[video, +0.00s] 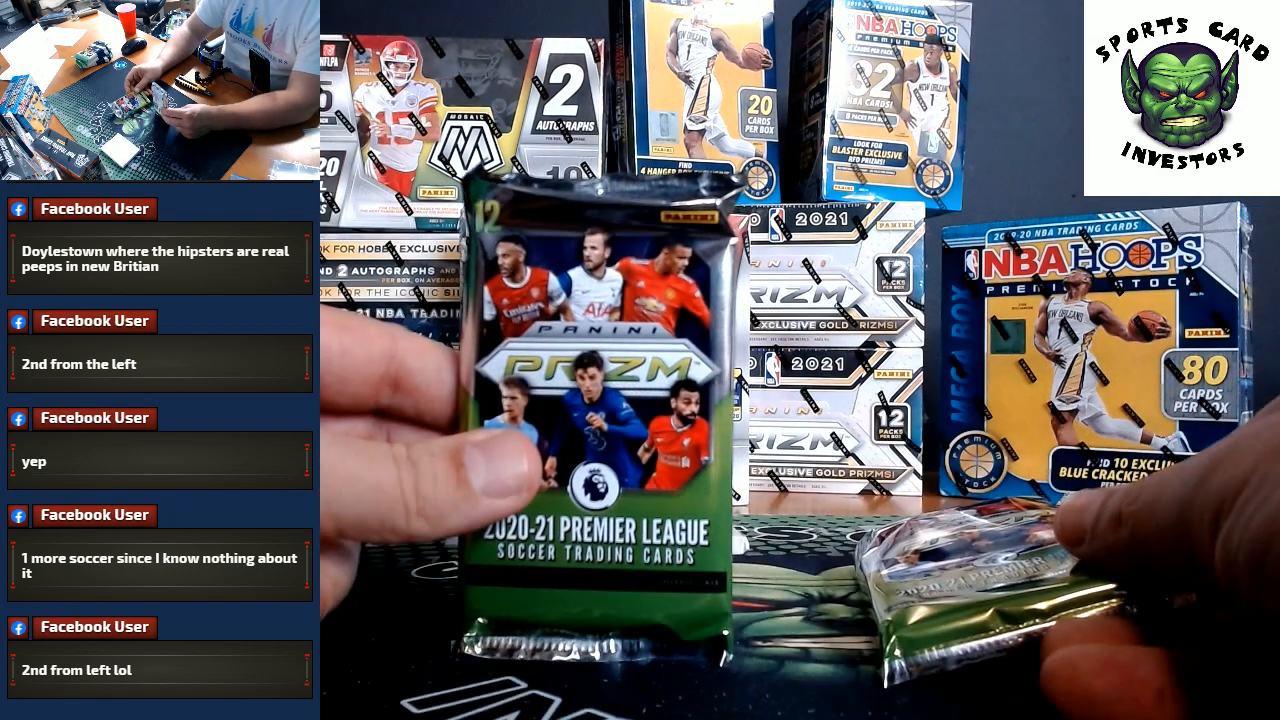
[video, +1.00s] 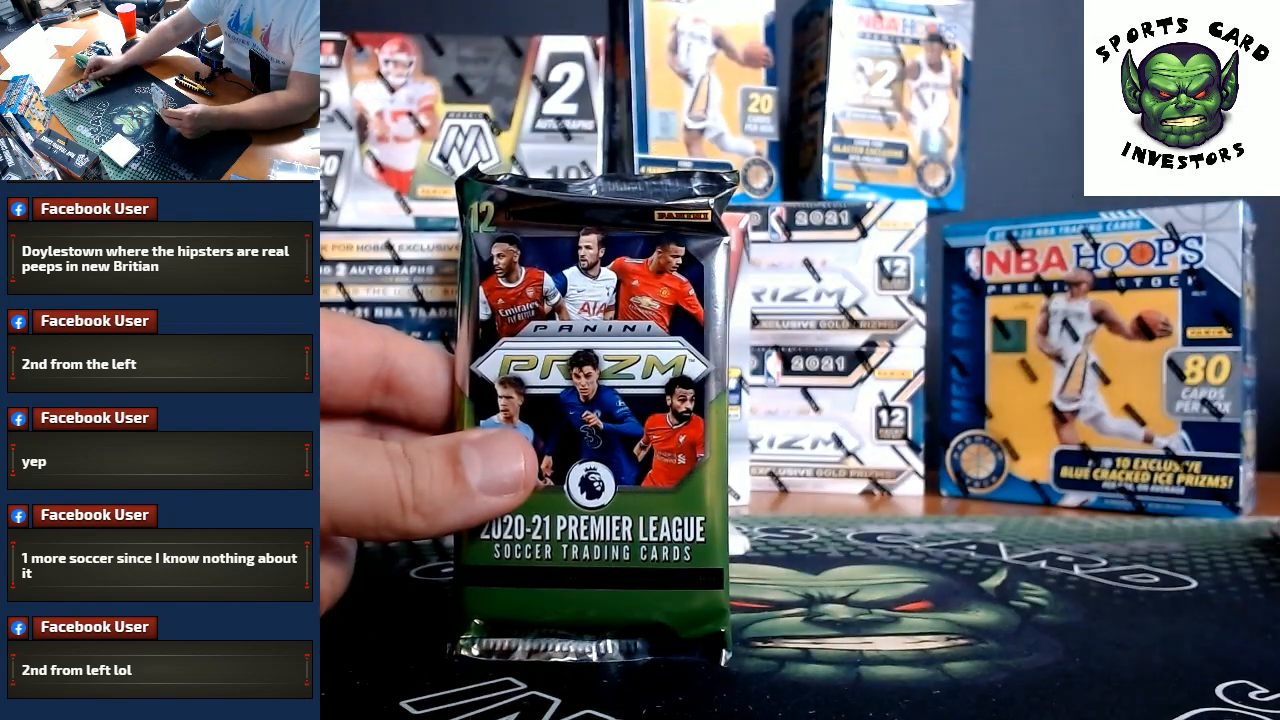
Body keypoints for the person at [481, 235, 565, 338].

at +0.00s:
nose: (500, 262)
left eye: (505, 256)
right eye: (498, 257)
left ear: (521, 256)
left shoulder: (546, 279)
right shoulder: (490, 290)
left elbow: (565, 310)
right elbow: (487, 329)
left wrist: (572, 337)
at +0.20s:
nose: (499, 262)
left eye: (505, 256)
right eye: (497, 257)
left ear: (520, 255)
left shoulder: (545, 278)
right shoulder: (489, 290)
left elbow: (565, 309)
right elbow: (486, 328)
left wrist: (571, 337)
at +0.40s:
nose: (493, 262)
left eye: (499, 256)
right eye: (491, 257)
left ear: (515, 255)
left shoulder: (540, 278)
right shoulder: (484, 290)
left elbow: (560, 309)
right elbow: (481, 329)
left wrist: (567, 335)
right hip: (507, 351)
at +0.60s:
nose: (493, 262)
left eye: (499, 255)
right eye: (491, 256)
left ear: (514, 255)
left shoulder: (539, 278)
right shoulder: (483, 290)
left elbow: (560, 308)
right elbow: (476, 327)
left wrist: (566, 336)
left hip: (541, 348)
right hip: (506, 351)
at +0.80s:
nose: (494, 262)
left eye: (500, 256)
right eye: (493, 257)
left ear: (515, 256)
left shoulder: (541, 278)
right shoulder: (485, 290)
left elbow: (561, 309)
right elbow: (477, 328)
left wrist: (568, 335)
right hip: (508, 350)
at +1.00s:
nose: (495, 263)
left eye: (500, 256)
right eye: (493, 257)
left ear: (516, 256)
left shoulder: (541, 278)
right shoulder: (485, 290)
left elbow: (561, 309)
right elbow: (477, 328)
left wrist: (567, 336)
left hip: (542, 347)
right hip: (508, 350)